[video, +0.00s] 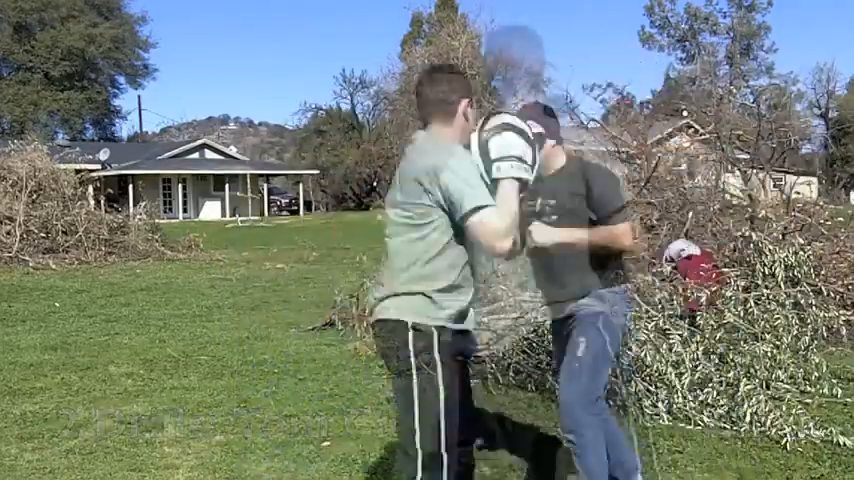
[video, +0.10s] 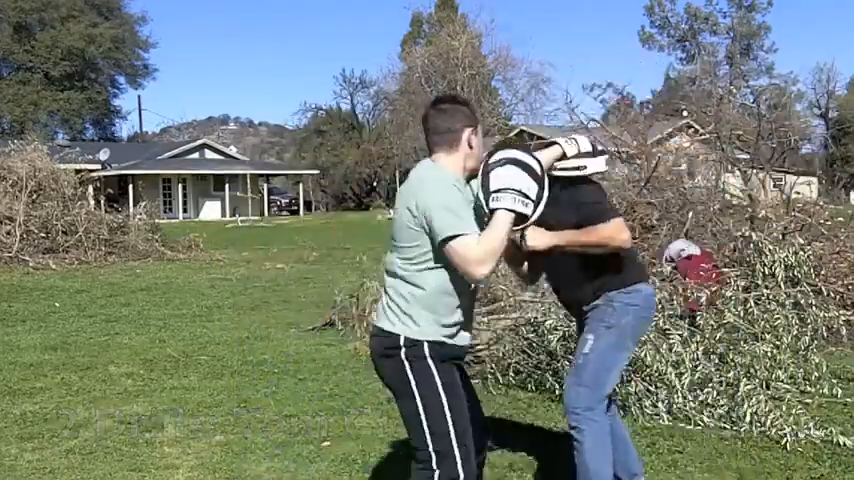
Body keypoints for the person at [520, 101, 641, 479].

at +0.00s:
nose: (527, 140)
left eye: (534, 131)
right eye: (523, 132)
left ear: (552, 132)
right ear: (519, 138)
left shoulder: (591, 174)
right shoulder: (527, 187)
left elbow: (624, 235)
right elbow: (510, 245)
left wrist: (557, 234)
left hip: (600, 302)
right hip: (562, 309)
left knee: (576, 404)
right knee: (586, 404)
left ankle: (597, 474)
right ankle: (629, 472)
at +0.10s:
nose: (531, 153)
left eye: (538, 146)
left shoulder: (576, 190)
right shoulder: (542, 203)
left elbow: (620, 236)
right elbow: (529, 273)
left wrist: (551, 238)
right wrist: (508, 238)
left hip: (621, 299)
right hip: (596, 305)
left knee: (582, 400)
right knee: (596, 401)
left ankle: (595, 473)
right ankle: (629, 472)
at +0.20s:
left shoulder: (566, 221)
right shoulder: (540, 243)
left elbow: (609, 256)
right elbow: (547, 295)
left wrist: (542, 267)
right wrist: (519, 274)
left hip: (637, 307)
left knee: (594, 410)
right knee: (598, 397)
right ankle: (632, 472)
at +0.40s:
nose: (509, 207)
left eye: (509, 197)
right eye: (505, 199)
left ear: (524, 193)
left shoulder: (575, 206)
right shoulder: (554, 231)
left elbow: (590, 270)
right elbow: (572, 295)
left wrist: (534, 247)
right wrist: (532, 276)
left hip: (647, 300)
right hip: (626, 308)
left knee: (605, 399)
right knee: (597, 394)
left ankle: (621, 473)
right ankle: (625, 470)